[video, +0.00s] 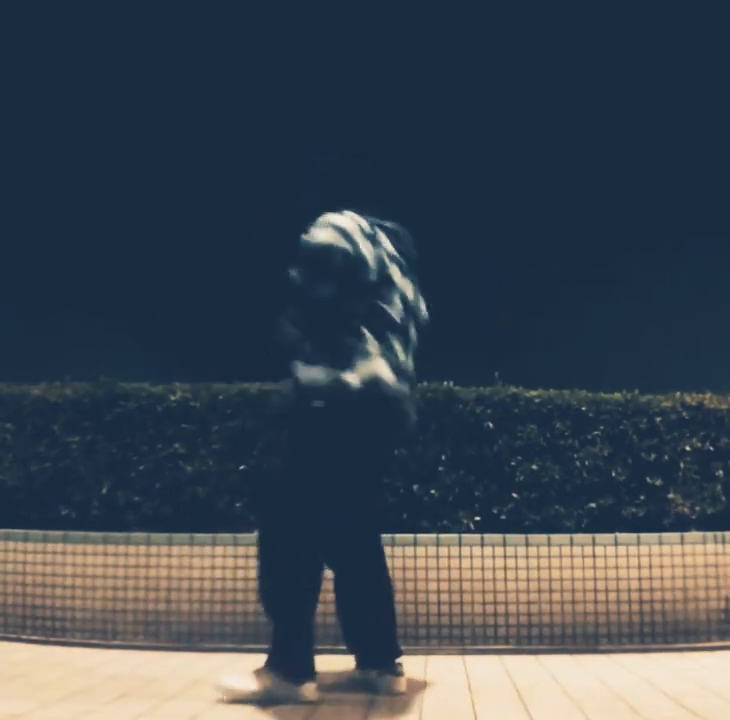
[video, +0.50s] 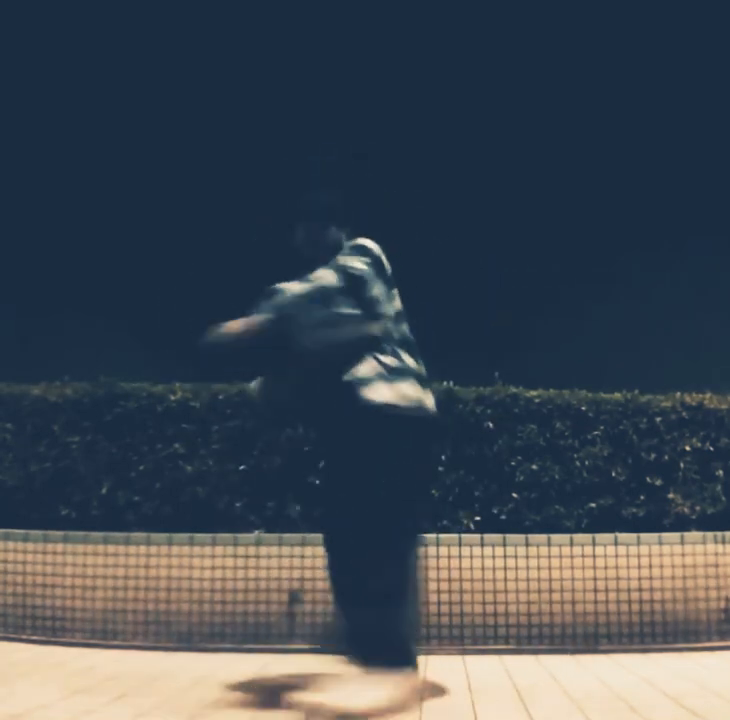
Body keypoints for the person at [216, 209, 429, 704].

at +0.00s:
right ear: (376, 219)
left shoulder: (333, 230)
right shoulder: (398, 268)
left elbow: (310, 292)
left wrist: (292, 332)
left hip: (328, 398)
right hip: (384, 403)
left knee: (290, 524)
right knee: (356, 527)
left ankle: (287, 668)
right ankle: (378, 664)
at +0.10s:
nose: (301, 248)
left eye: (304, 238)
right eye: (305, 240)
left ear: (317, 228)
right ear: (343, 222)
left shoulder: (344, 247)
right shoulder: (368, 252)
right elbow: (412, 326)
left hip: (338, 417)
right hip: (370, 415)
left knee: (289, 529)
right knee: (353, 530)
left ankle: (293, 673)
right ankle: (379, 665)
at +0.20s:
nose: (306, 246)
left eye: (309, 235)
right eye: (307, 238)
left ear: (325, 227)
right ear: (347, 223)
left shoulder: (348, 247)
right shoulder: (369, 259)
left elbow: (349, 309)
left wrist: (309, 366)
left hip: (347, 422)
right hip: (368, 421)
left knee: (285, 531)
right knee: (344, 533)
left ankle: (299, 673)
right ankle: (380, 666)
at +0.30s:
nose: (307, 232)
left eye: (312, 220)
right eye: (305, 221)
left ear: (333, 216)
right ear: (343, 217)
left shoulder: (351, 260)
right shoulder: (366, 257)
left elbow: (306, 343)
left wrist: (239, 363)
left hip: (352, 430)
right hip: (375, 427)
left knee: (280, 526)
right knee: (321, 530)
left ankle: (297, 673)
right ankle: (374, 662)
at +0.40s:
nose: (312, 240)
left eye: (316, 228)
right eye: (307, 233)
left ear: (334, 221)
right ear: (314, 239)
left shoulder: (366, 246)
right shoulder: (330, 286)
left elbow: (308, 297)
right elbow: (274, 346)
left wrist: (240, 324)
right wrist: (198, 363)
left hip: (382, 410)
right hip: (358, 417)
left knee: (327, 537)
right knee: (333, 539)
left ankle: (301, 675)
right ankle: (381, 653)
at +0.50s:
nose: (306, 246)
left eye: (308, 237)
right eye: (307, 238)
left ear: (318, 238)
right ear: (343, 236)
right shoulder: (371, 270)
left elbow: (296, 297)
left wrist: (247, 324)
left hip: (371, 415)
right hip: (416, 413)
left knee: (354, 524)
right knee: (394, 526)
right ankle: (390, 646)